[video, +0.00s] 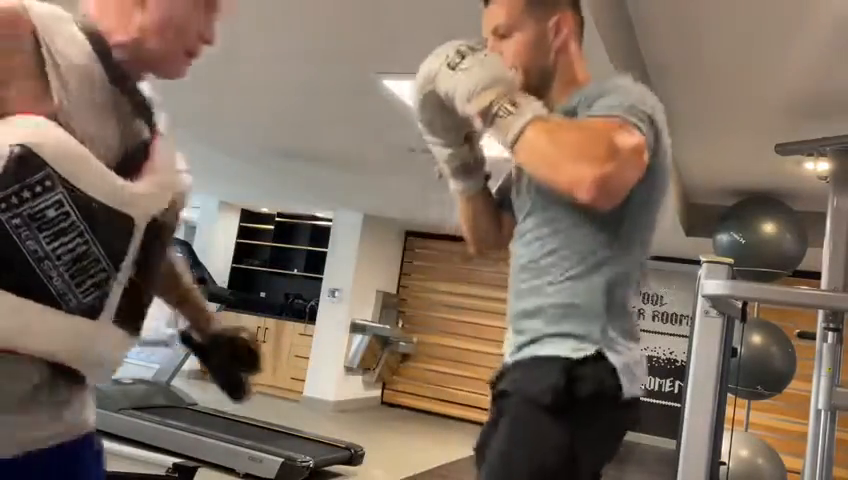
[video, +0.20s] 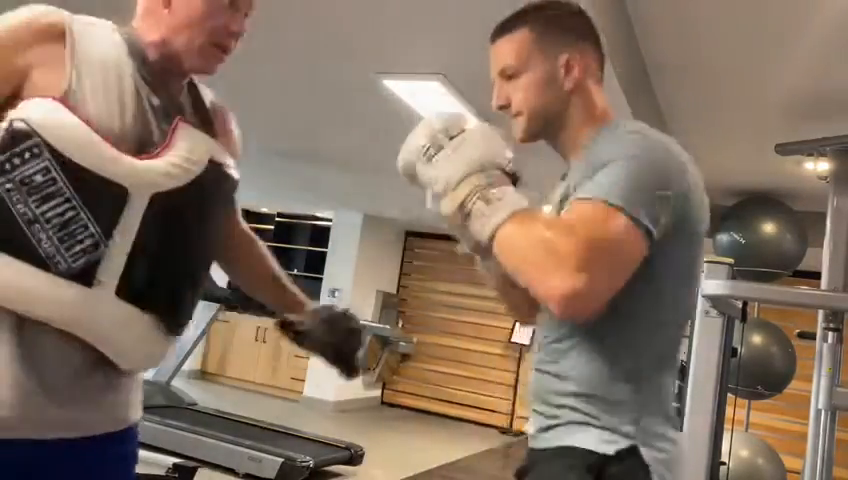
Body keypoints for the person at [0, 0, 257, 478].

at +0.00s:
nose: (210, 38)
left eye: (215, 16)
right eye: (205, 8)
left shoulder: (141, 115)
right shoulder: (17, 31)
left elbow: (149, 243)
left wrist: (207, 323)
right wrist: (134, 202)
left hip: (67, 427)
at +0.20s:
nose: (239, 28)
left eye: (246, 13)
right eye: (230, 4)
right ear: (163, 0)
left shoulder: (215, 123)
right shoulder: (43, 39)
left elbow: (226, 229)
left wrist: (304, 313)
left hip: (108, 424)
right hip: (11, 419)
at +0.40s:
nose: (209, 25)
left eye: (221, 12)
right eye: (193, 4)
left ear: (228, 26)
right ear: (139, 5)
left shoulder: (229, 127)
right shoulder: (38, 79)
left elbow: (290, 230)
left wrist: (375, 234)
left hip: (134, 415)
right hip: (21, 412)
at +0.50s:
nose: (185, 34)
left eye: (197, 23)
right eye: (168, 13)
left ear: (203, 38)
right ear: (122, 17)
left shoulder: (226, 130)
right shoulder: (39, 94)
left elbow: (297, 209)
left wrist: (361, 193)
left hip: (137, 415)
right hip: (20, 408)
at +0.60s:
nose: (164, 49)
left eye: (178, 37)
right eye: (148, 29)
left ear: (187, 48)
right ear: (107, 32)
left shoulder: (224, 133)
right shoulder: (37, 115)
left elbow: (296, 212)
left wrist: (327, 194)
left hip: (154, 412)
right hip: (34, 407)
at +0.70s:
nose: (168, 43)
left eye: (180, 32)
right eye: (151, 25)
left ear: (190, 46)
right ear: (112, 32)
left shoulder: (223, 128)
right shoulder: (48, 114)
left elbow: (295, 208)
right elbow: (1, 192)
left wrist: (272, 225)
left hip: (183, 383)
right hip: (66, 387)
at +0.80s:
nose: (175, 48)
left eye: (188, 37)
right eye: (160, 29)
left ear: (197, 51)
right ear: (123, 36)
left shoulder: (228, 131)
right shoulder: (61, 117)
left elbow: (287, 209)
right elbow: (1, 195)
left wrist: (275, 239)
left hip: (199, 382)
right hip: (82, 387)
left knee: (223, 473)